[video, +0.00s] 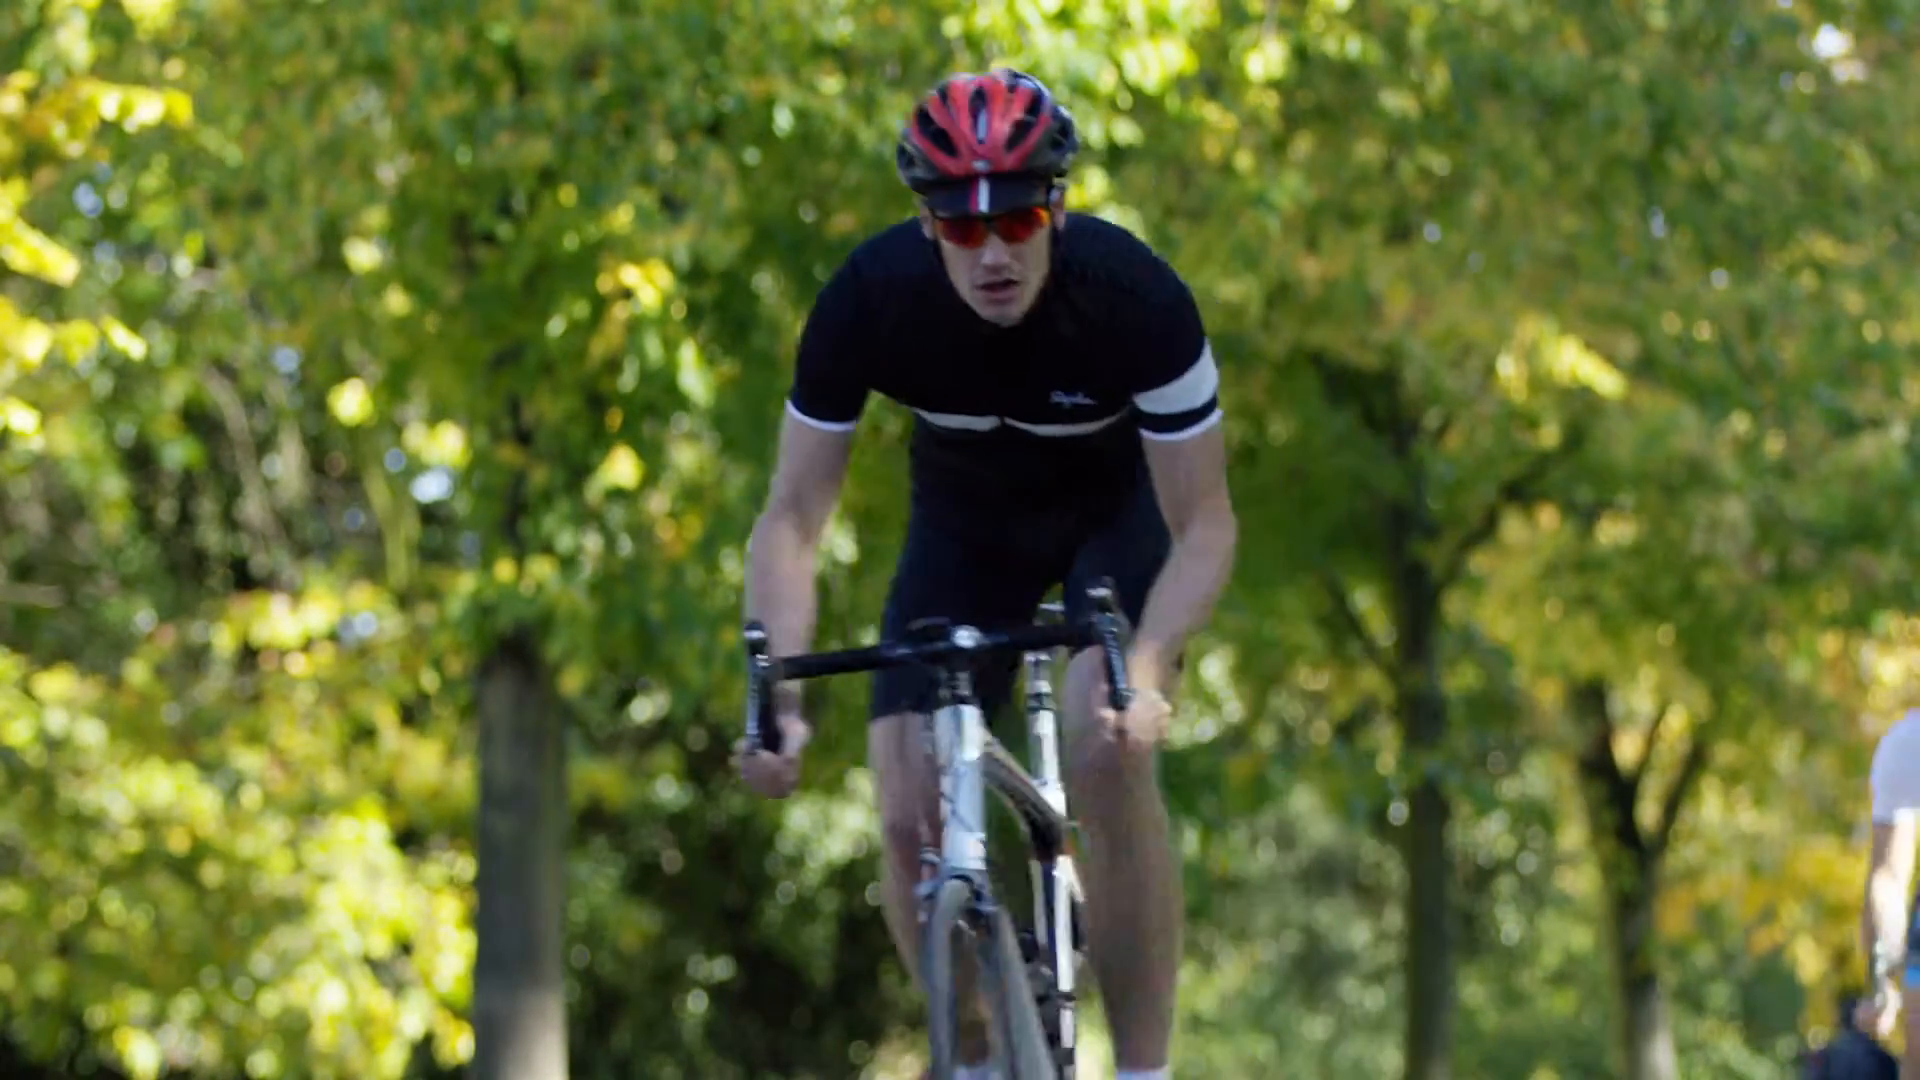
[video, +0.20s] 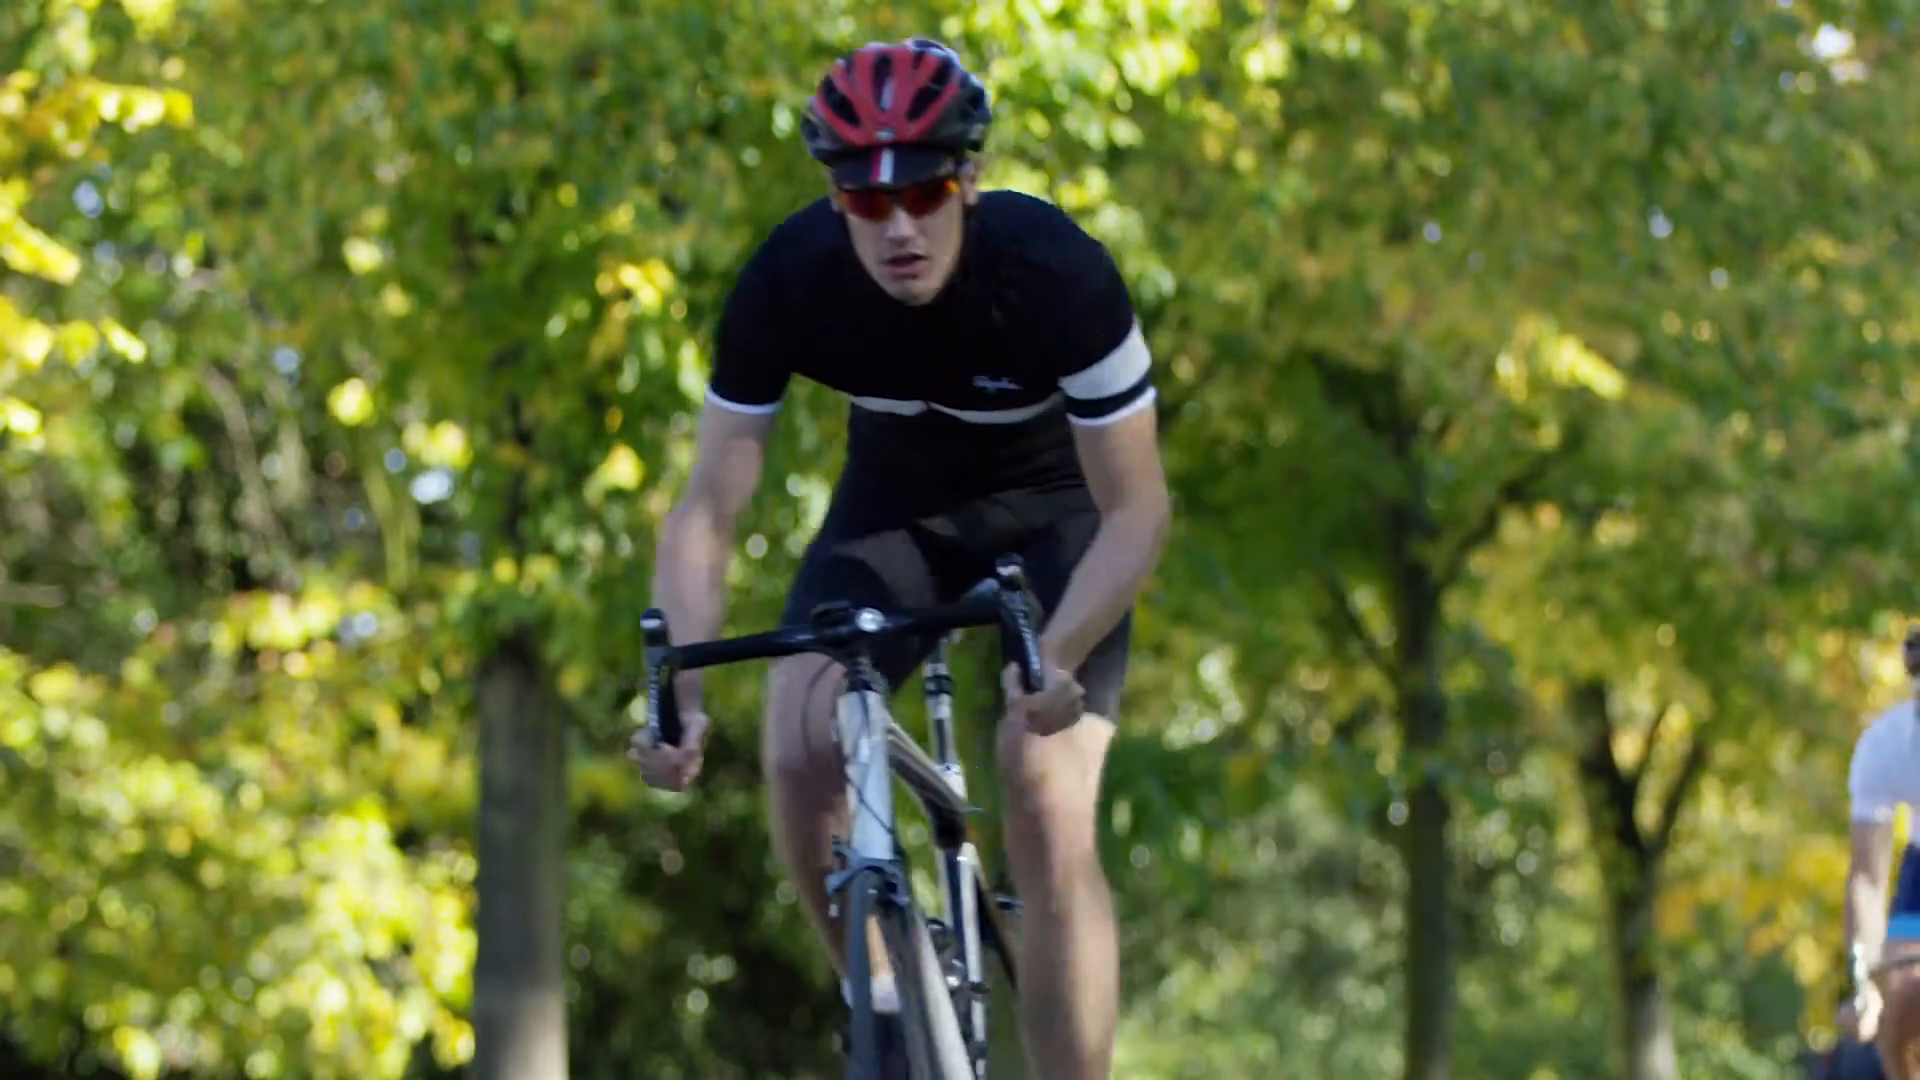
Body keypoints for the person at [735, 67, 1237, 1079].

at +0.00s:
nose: (993, 254)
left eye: (1017, 222)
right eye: (964, 228)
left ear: (1057, 208)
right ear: (928, 220)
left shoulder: (1136, 296)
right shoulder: (867, 301)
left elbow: (1205, 519)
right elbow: (794, 514)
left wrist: (1152, 664)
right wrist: (779, 696)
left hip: (1118, 514)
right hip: (960, 515)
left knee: (1111, 752)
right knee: (907, 812)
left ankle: (1144, 1069)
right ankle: (971, 1062)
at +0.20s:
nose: (899, 230)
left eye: (924, 197)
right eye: (869, 204)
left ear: (969, 179)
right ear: (836, 197)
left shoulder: (1058, 272)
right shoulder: (786, 283)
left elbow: (1136, 506)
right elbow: (708, 508)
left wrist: (1060, 652)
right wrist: (681, 688)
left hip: (1059, 499)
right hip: (893, 498)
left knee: (1047, 793)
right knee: (799, 745)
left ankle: (1074, 1070)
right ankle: (883, 1015)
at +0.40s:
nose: (789, 205)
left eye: (814, 172)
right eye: (762, 179)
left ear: (867, 154)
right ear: (731, 172)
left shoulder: (970, 242)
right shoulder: (691, 260)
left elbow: (1071, 476)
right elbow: (624, 481)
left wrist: (997, 630)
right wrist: (597, 674)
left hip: (986, 467)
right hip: (815, 456)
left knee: (988, 832)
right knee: (710, 664)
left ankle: (1009, 1071)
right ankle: (778, 944)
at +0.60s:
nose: (675, 160)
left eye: (704, 126)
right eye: (644, 131)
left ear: (760, 103)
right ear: (614, 121)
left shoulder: (871, 186)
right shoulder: (583, 223)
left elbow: (1006, 433)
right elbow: (533, 463)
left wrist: (945, 592)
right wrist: (534, 631)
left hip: (901, 412)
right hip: (733, 411)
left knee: (929, 817)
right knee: (645, 602)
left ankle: (949, 1073)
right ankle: (708, 928)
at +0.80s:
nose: (567, 105)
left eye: (596, 69)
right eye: (536, 76)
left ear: (654, 48)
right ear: (505, 68)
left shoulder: (767, 120)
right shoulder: (468, 173)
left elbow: (928, 363)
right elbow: (453, 425)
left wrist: (909, 567)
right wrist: (473, 590)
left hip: (816, 359)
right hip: (633, 365)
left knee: (862, 757)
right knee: (586, 594)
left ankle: (923, 1068)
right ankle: (657, 979)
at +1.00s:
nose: (462, 49)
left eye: (491, 17)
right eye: (432, 21)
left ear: (546, 8)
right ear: (399, 21)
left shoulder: (665, 75)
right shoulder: (347, 126)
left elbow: (833, 319)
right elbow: (365, 378)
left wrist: (851, 547)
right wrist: (404, 558)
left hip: (715, 312)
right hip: (522, 333)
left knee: (793, 699)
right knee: (523, 659)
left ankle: (865, 1030)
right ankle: (587, 1045)